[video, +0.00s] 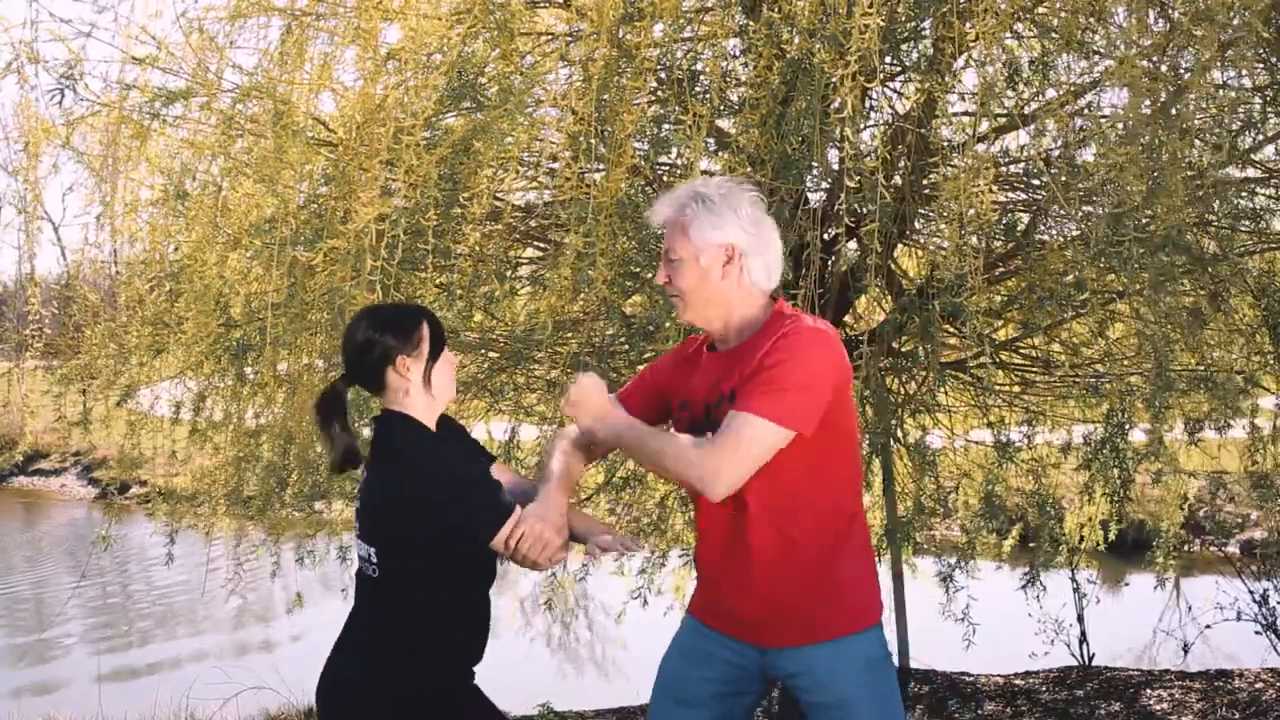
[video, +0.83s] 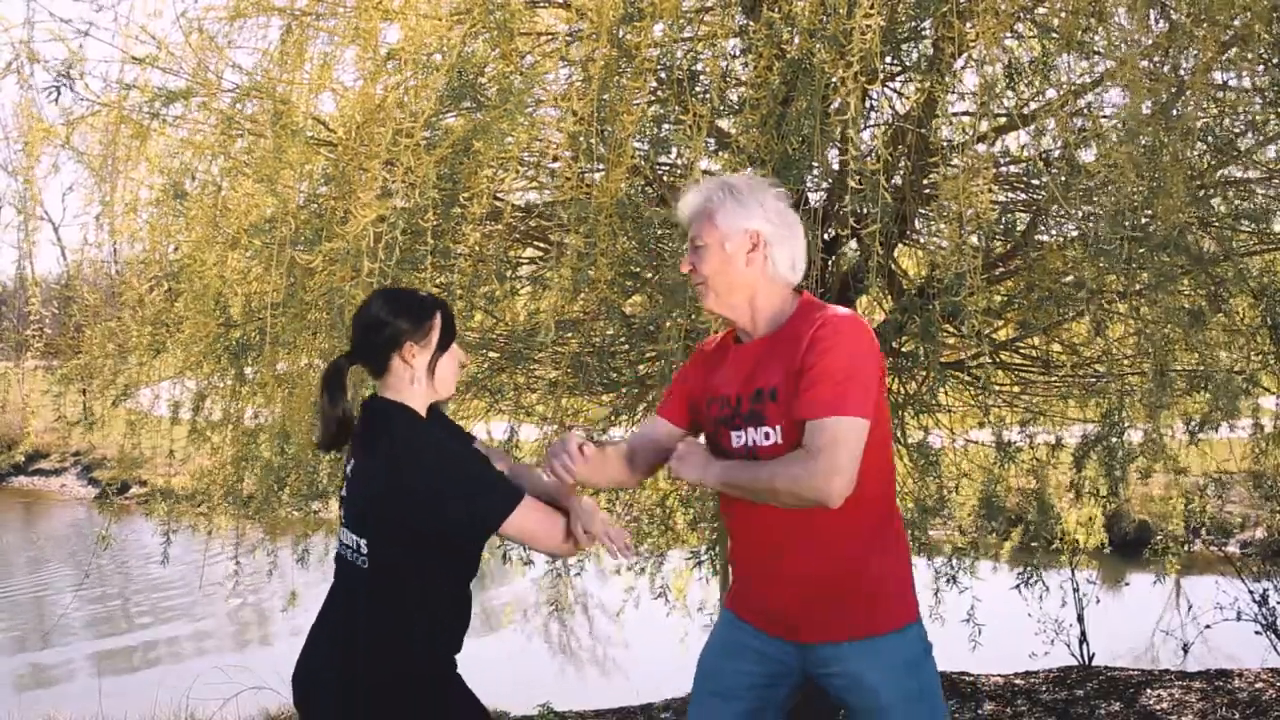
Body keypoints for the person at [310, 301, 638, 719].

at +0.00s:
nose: (454, 359)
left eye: (447, 346)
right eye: (443, 348)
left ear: (401, 368)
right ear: (407, 366)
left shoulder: (434, 429)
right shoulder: (427, 465)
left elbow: (515, 488)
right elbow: (539, 548)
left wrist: (588, 529)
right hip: (414, 695)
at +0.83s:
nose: (463, 357)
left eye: (457, 342)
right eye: (451, 343)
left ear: (406, 357)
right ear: (412, 355)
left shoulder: (377, 420)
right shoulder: (437, 452)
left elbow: (494, 462)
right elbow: (565, 538)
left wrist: (573, 501)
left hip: (330, 673)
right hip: (403, 689)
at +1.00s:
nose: (439, 359)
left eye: (434, 346)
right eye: (429, 347)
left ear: (380, 362)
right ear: (389, 362)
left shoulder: (336, 436)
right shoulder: (430, 459)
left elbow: (392, 470)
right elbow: (548, 529)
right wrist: (606, 503)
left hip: (307, 686)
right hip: (397, 693)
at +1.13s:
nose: (412, 375)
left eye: (410, 361)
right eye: (403, 361)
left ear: (348, 374)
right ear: (360, 376)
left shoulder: (299, 445)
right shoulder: (390, 468)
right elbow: (509, 531)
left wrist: (398, 454)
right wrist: (566, 441)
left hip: (275, 690)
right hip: (366, 695)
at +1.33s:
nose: (385, 357)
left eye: (380, 345)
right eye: (374, 346)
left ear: (319, 360)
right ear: (328, 358)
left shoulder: (268, 423)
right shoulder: (349, 453)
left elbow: (330, 514)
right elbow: (464, 521)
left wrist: (389, 438)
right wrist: (485, 419)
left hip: (249, 674)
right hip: (331, 681)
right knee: (410, 711)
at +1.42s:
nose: (385, 355)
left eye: (379, 341)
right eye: (373, 343)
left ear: (322, 360)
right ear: (326, 358)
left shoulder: (272, 423)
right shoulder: (345, 448)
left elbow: (346, 515)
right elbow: (470, 512)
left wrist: (391, 434)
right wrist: (497, 412)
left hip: (255, 672)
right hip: (333, 681)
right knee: (412, 711)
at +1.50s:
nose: (390, 357)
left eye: (384, 344)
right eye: (378, 345)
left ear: (324, 365)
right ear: (333, 362)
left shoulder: (283, 432)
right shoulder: (359, 452)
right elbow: (493, 493)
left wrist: (400, 437)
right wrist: (529, 398)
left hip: (267, 682)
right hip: (348, 689)